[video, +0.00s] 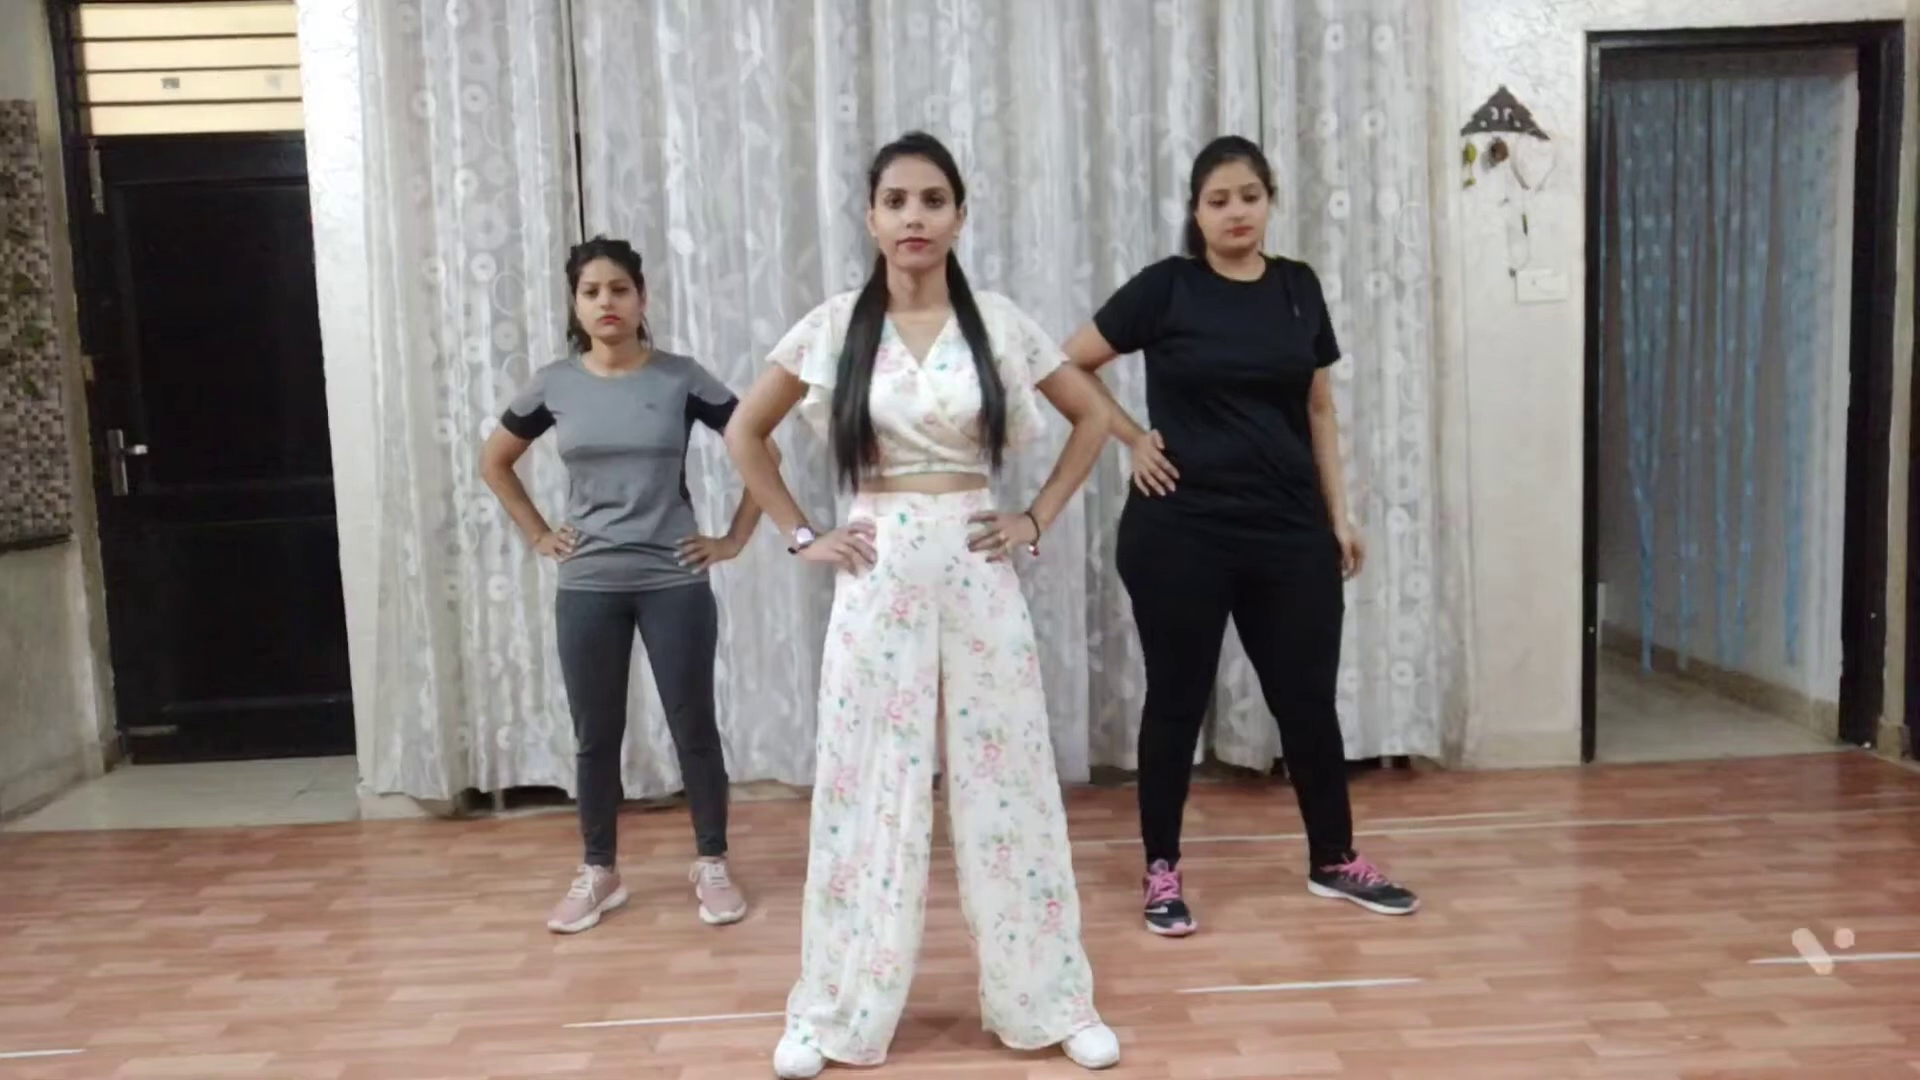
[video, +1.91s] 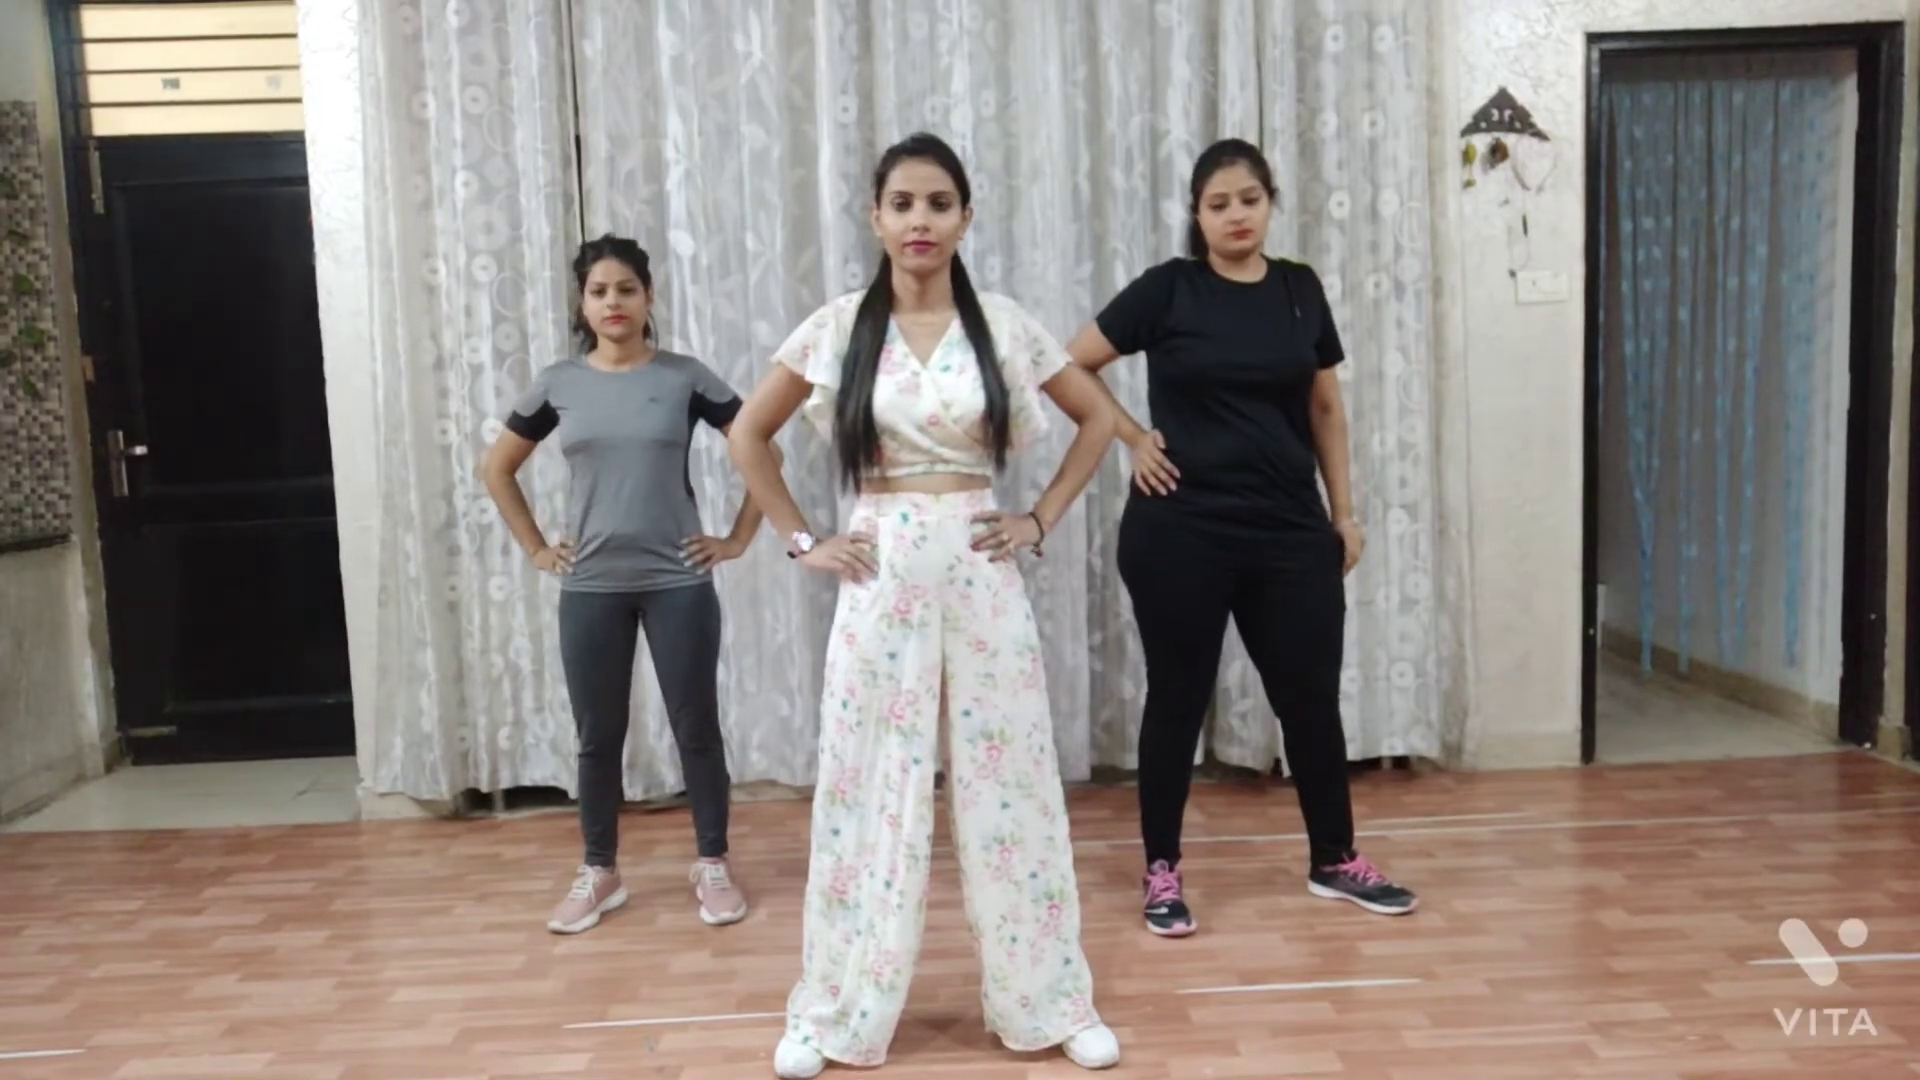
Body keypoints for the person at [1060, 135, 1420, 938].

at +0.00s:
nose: (1236, 213)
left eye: (1250, 197)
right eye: (1219, 200)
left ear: (1270, 204)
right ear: (1195, 211)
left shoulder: (1298, 287)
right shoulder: (1164, 289)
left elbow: (1320, 411)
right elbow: (1067, 369)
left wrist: (1336, 516)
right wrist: (1132, 436)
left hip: (1288, 529)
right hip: (1181, 528)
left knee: (1310, 701)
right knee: (1176, 702)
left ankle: (1335, 860)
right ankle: (1162, 869)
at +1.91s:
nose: (1236, 216)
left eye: (1249, 200)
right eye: (1220, 203)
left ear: (1270, 205)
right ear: (1197, 214)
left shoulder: (1300, 290)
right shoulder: (1166, 290)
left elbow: (1327, 409)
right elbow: (1070, 370)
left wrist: (1342, 513)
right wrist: (1131, 434)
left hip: (1289, 529)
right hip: (1182, 527)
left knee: (1313, 700)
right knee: (1177, 700)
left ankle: (1336, 861)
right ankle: (1162, 869)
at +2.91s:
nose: (1236, 212)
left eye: (1250, 197)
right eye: (1220, 200)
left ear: (1273, 205)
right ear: (1200, 210)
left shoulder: (1302, 289)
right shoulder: (1168, 289)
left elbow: (1330, 406)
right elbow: (1076, 365)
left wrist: (1345, 512)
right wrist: (1136, 436)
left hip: (1290, 529)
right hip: (1183, 527)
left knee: (1314, 700)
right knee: (1178, 700)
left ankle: (1335, 861)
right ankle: (1162, 870)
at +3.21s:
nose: (1235, 213)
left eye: (1250, 198)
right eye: (1220, 201)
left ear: (1274, 205)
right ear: (1200, 212)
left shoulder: (1304, 289)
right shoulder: (1170, 288)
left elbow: (1330, 407)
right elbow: (1095, 362)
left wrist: (1346, 514)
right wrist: (1134, 432)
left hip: (1291, 530)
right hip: (1184, 527)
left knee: (1314, 702)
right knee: (1178, 701)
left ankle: (1334, 860)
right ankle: (1163, 871)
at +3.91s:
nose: (1245, 220)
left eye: (1259, 206)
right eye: (1229, 207)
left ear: (1278, 209)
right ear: (1204, 212)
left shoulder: (1304, 290)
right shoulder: (1170, 290)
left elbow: (1332, 409)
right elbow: (1075, 369)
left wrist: (1347, 514)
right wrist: (1136, 435)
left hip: (1292, 530)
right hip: (1184, 528)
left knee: (1315, 702)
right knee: (1178, 700)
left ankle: (1335, 861)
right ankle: (1164, 870)